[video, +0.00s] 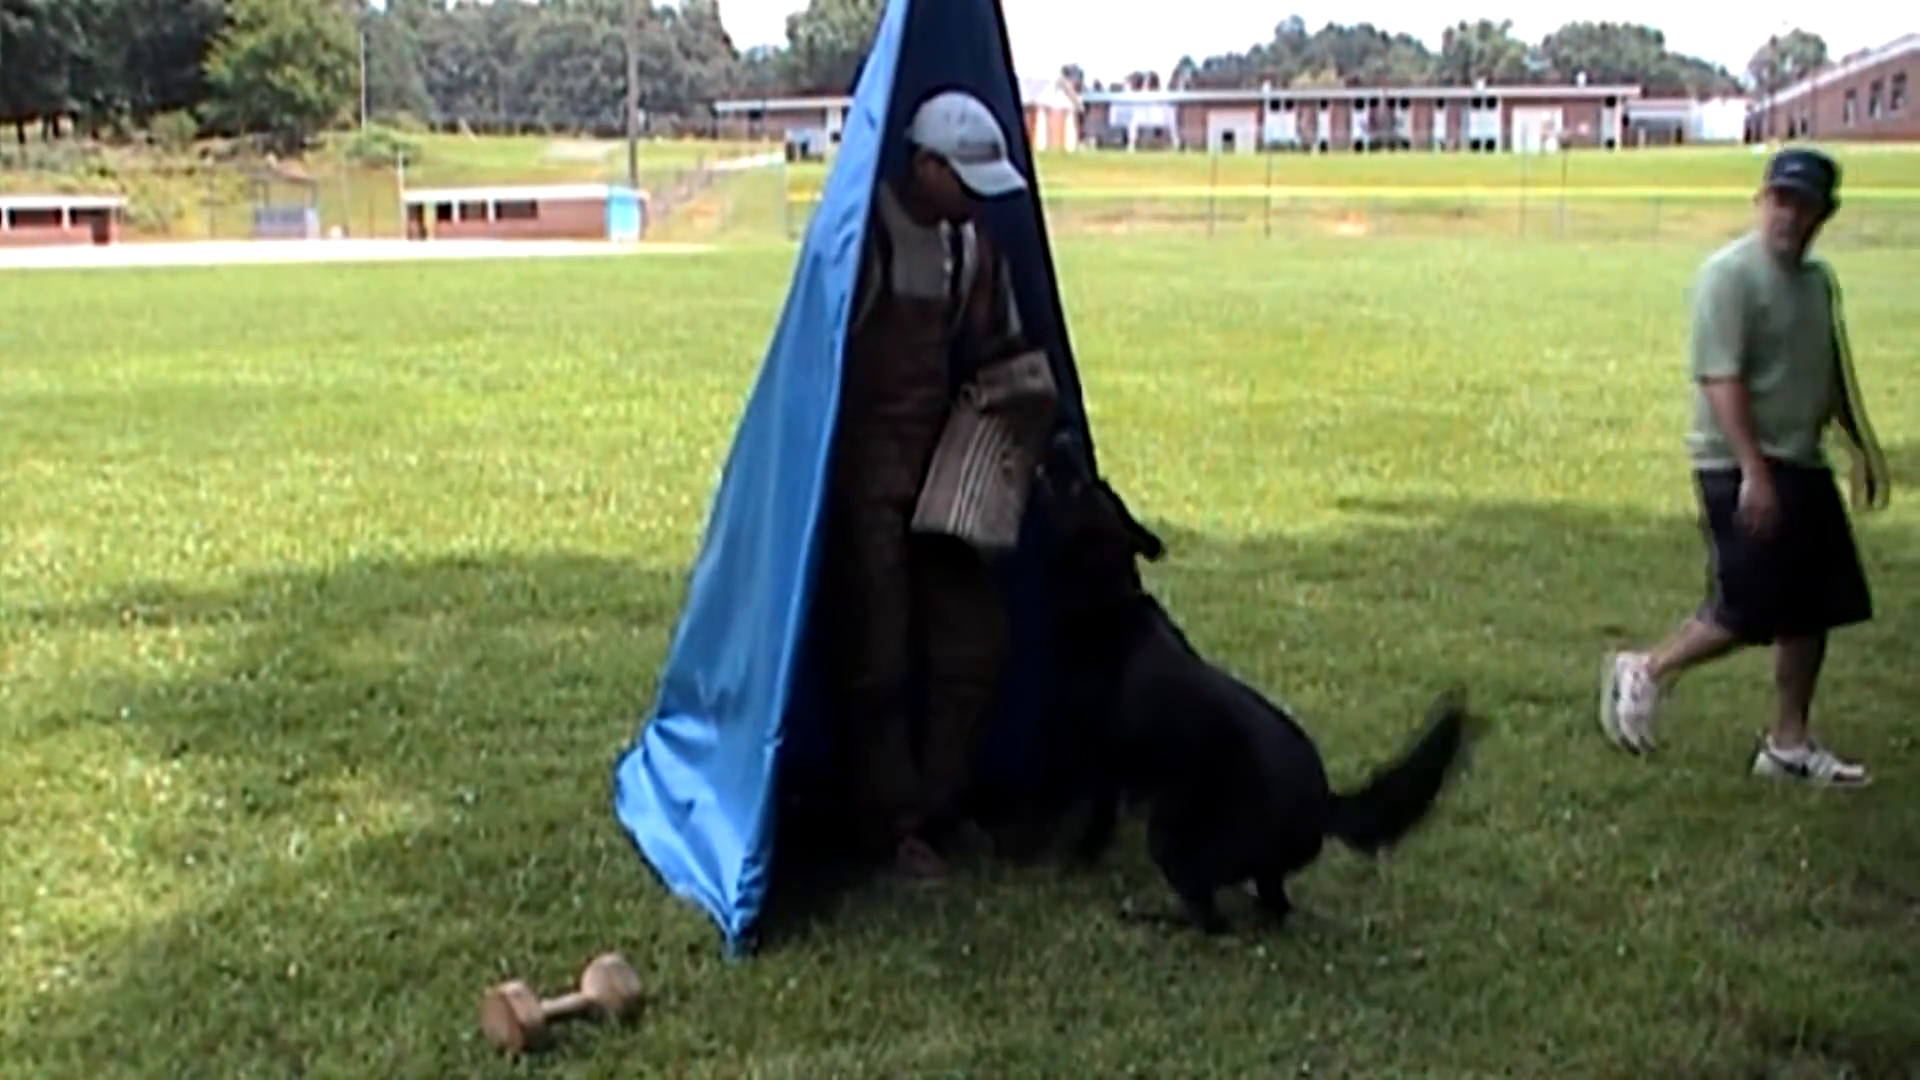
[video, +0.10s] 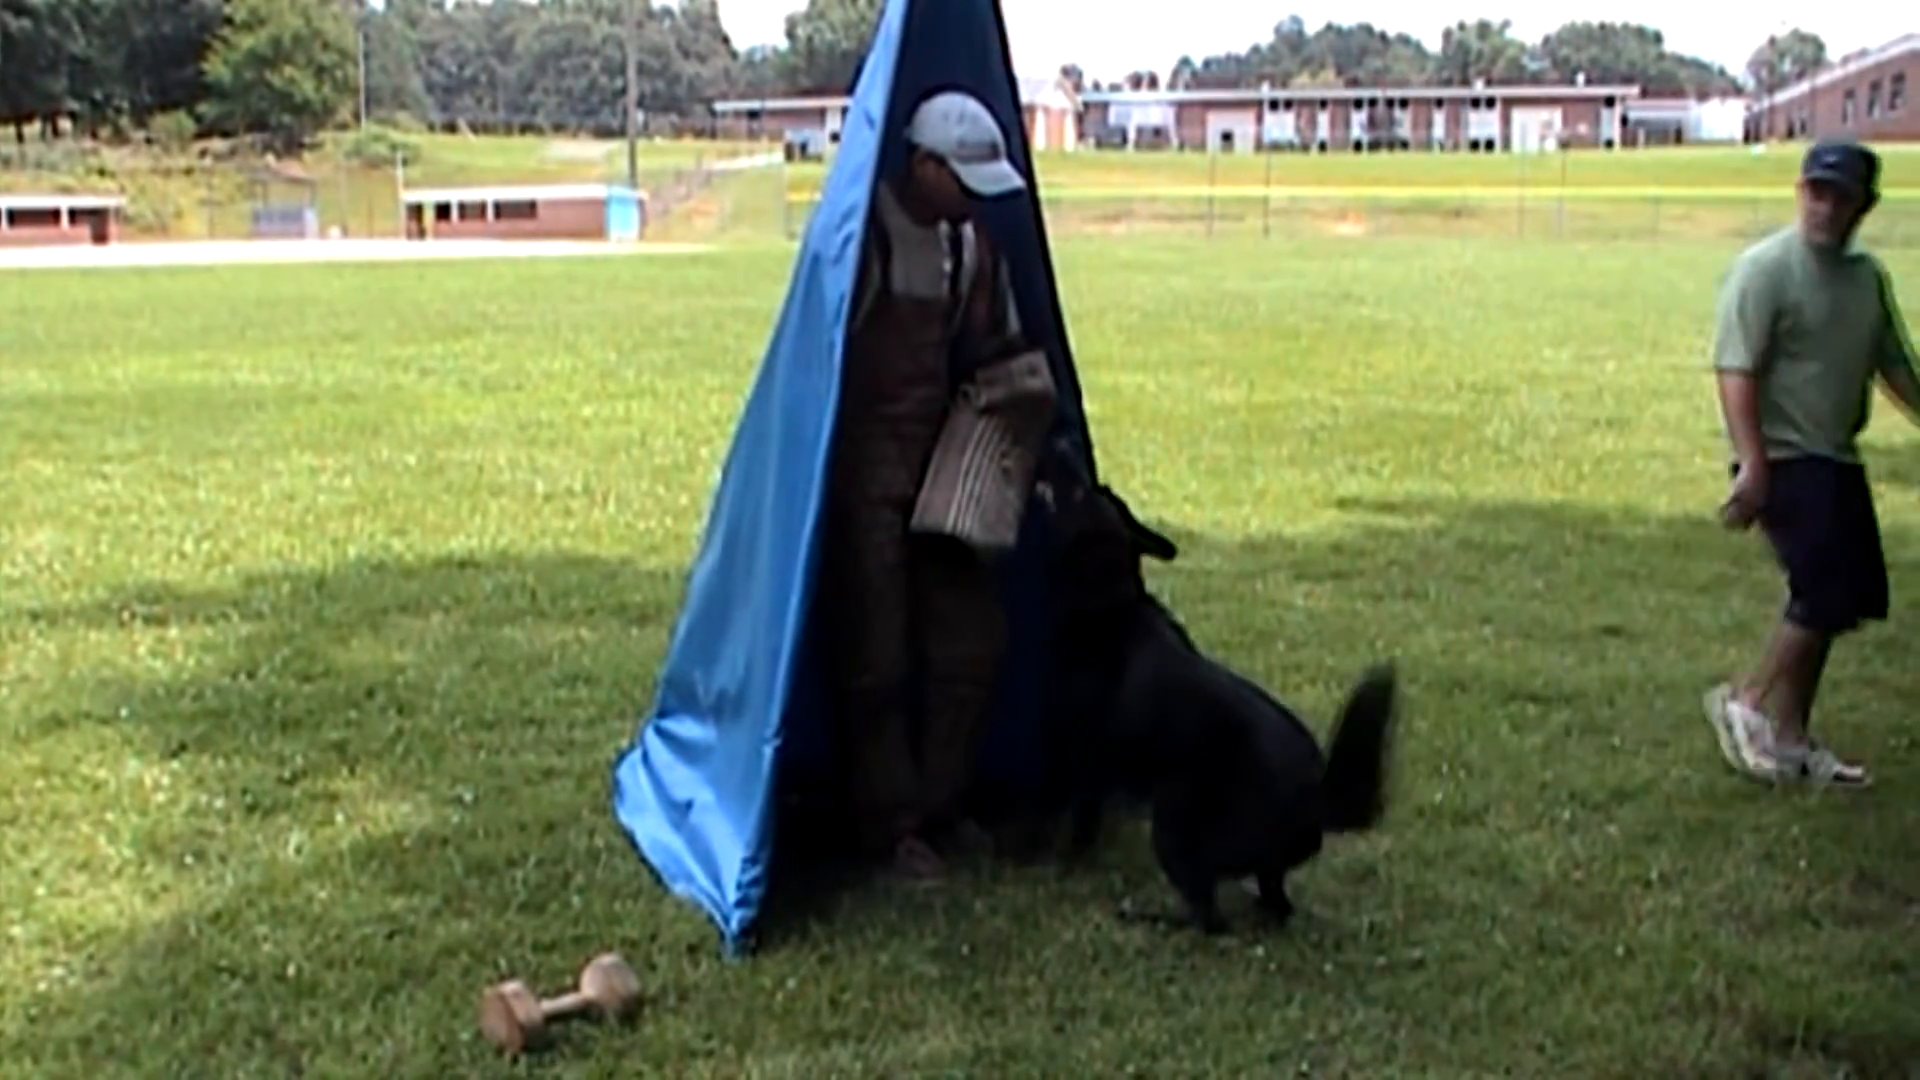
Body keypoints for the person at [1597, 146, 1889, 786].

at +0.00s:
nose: (1788, 216)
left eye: (1804, 206)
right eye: (1779, 200)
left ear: (1822, 217)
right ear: (1760, 202)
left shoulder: (1819, 284)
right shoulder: (1727, 277)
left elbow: (1831, 379)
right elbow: (1720, 382)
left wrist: (1862, 444)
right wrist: (1752, 469)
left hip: (1802, 467)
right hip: (1737, 467)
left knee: (1812, 607)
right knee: (1750, 607)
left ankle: (1788, 742)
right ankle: (1644, 672)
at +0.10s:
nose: (1825, 206)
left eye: (1841, 196)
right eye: (1816, 191)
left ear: (1863, 208)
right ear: (1800, 193)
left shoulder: (1868, 278)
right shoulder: (1764, 270)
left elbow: (1894, 367)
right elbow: (1734, 371)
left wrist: (1918, 409)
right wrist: (1751, 465)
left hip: (1838, 458)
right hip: (1782, 457)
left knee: (1834, 598)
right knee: (1824, 590)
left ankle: (1790, 734)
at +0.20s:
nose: (1864, 209)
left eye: (1880, 199)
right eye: (1855, 194)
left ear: (1901, 208)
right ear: (1835, 196)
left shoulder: (1906, 279)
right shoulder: (1801, 272)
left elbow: (1908, 356)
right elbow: (1749, 370)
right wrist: (1753, 468)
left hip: (1868, 457)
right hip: (1811, 457)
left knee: (1819, 602)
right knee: (1875, 605)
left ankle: (1788, 738)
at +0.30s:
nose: (1901, 219)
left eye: (1911, 207)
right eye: (1891, 204)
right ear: (1872, 206)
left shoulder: (1907, 282)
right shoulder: (1842, 283)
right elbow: (1780, 381)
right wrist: (1772, 486)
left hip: (1897, 479)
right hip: (1850, 479)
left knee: (1831, 609)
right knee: (1904, 631)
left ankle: (1791, 734)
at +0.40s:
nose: (1918, 224)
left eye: (1916, 213)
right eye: (1917, 213)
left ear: (1910, 212)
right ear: (1908, 212)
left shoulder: (1884, 292)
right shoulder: (1880, 295)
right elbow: (1818, 400)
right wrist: (1806, 506)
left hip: (1903, 493)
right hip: (1890, 493)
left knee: (1874, 612)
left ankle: (1800, 730)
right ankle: (1799, 730)